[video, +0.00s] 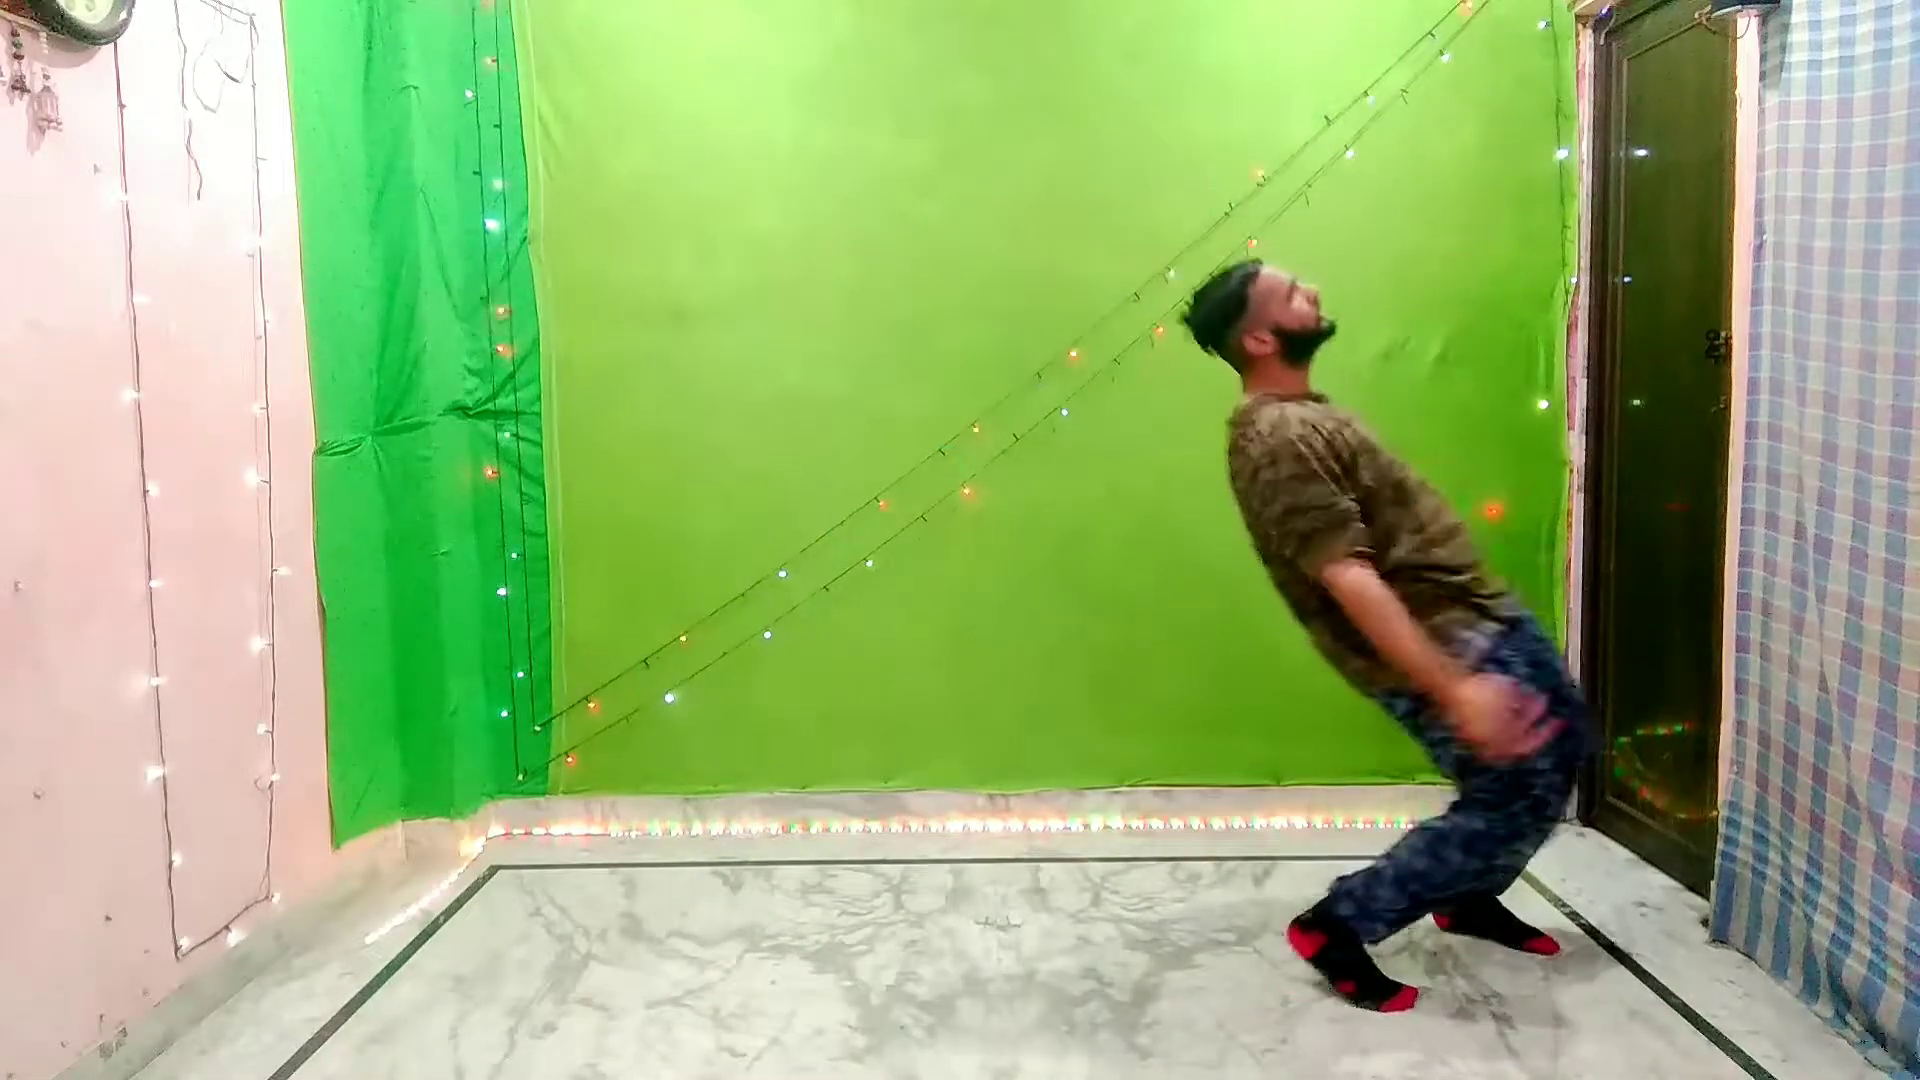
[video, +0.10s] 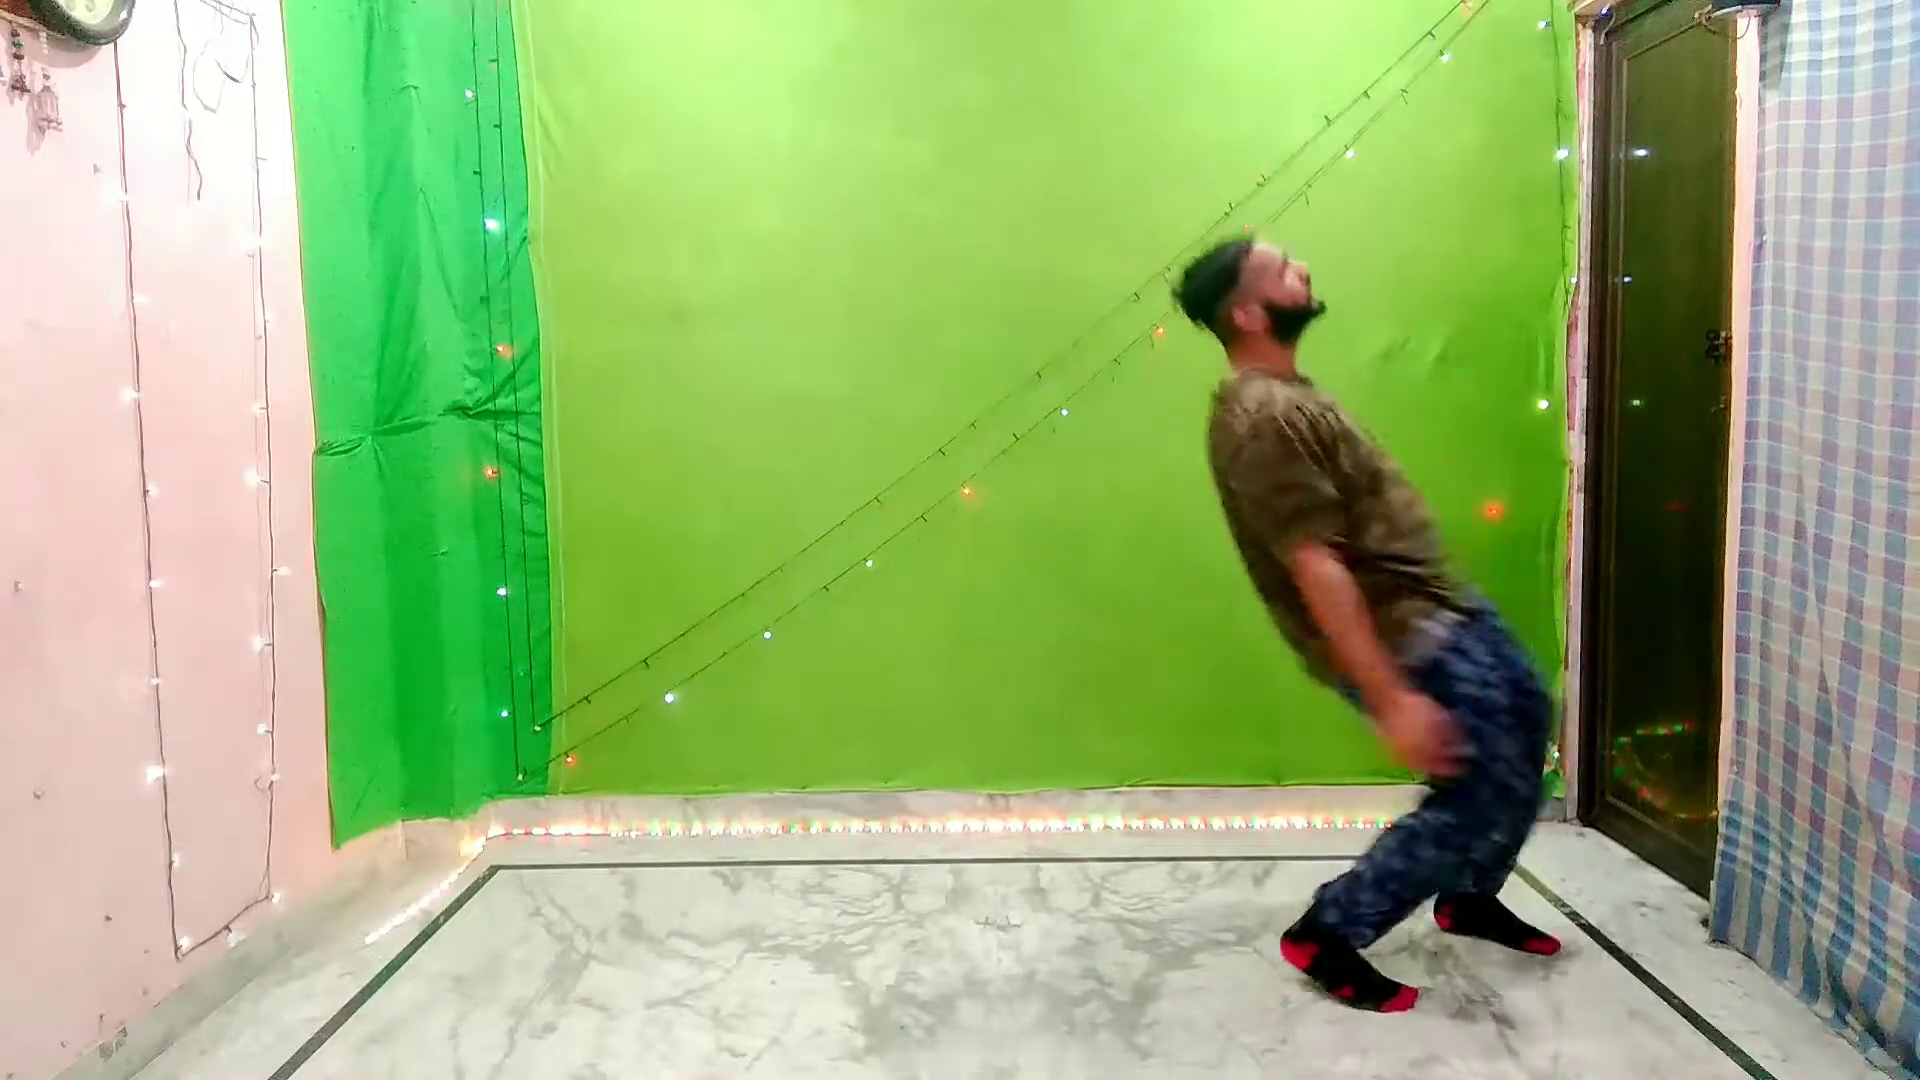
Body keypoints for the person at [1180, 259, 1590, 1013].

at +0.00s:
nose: (1308, 294)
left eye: (1296, 286)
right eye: (1288, 294)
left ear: (1259, 343)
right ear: (1255, 341)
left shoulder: (1305, 418)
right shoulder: (1276, 438)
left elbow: (1380, 550)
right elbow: (1346, 577)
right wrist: (1452, 690)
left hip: (1477, 620)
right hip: (1435, 644)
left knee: (1565, 742)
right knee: (1521, 789)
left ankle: (1469, 892)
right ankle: (1337, 923)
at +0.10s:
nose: (1300, 271)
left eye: (1288, 262)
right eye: (1282, 268)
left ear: (1250, 313)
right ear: (1247, 310)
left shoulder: (1288, 399)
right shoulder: (1260, 417)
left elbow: (1347, 538)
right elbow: (1314, 564)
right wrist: (1389, 696)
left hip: (1429, 605)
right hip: (1394, 628)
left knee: (1523, 711)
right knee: (1487, 780)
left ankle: (1470, 894)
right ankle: (1328, 932)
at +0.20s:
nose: (1285, 230)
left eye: (1274, 220)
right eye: (1265, 225)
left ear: (1231, 272)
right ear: (1227, 267)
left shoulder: (1260, 359)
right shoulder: (1229, 373)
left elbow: (1282, 514)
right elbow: (1231, 527)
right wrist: (1283, 668)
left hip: (1357, 599)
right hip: (1321, 623)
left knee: (1442, 697)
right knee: (1413, 761)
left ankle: (1391, 882)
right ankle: (1320, 945)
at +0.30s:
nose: (1262, 219)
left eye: (1251, 208)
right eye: (1242, 213)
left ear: (1210, 254)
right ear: (1200, 252)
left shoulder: (1230, 347)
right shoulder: (1192, 360)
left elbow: (1235, 498)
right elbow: (1181, 515)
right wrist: (1219, 651)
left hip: (1298, 593)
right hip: (1268, 608)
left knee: (1348, 738)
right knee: (1363, 760)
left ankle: (1267, 852)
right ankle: (1315, 948)